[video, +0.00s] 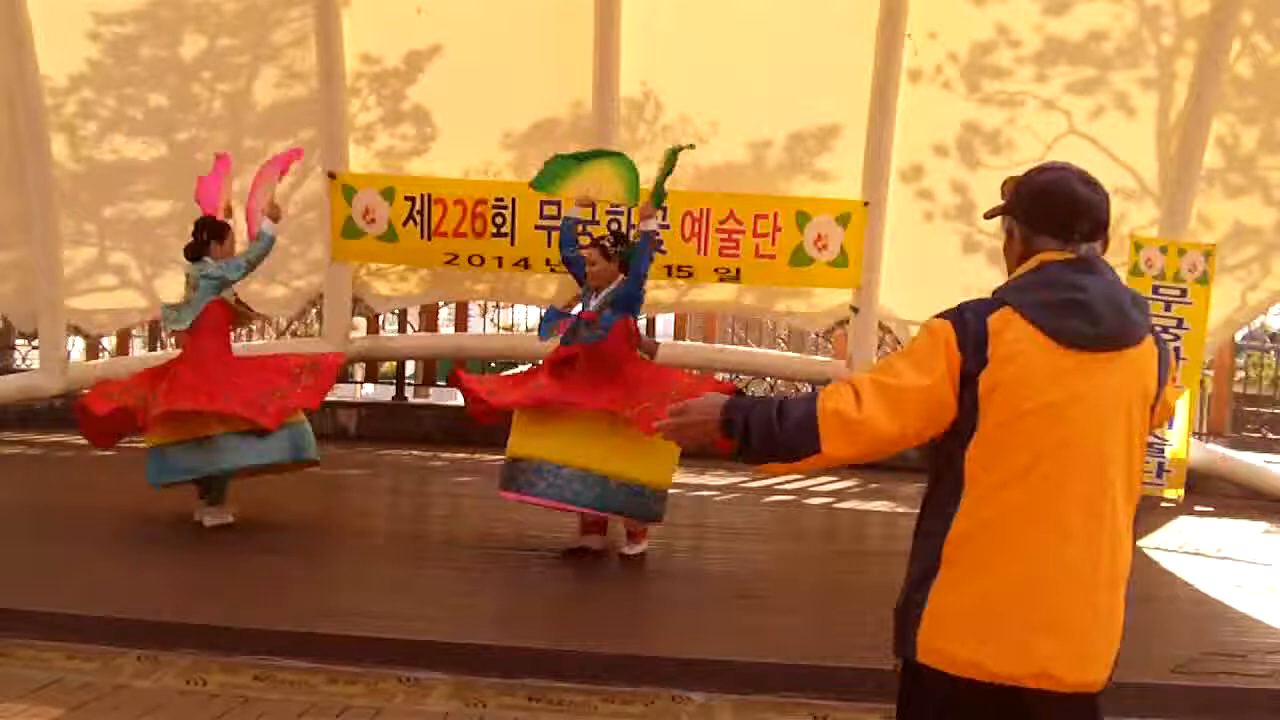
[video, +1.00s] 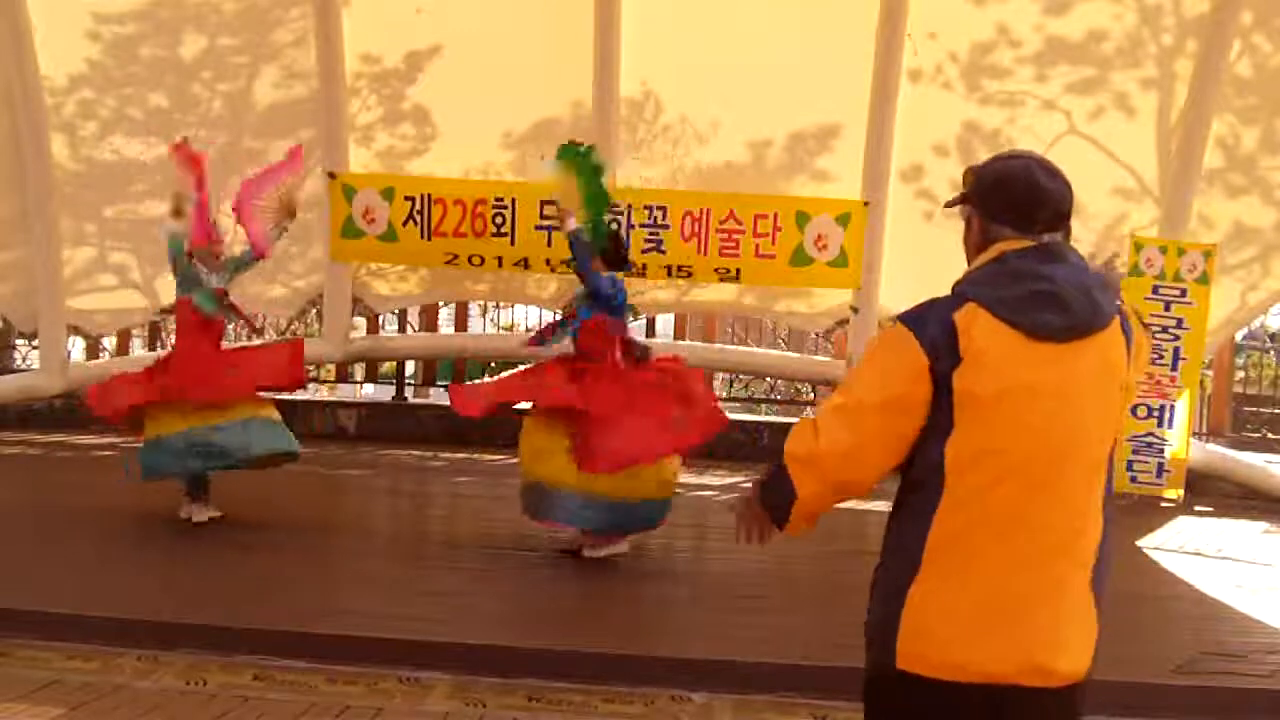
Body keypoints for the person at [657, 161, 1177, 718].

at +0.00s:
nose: (1002, 241)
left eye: (1003, 227)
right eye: (1005, 225)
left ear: (1015, 237)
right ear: (1100, 245)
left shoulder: (977, 330)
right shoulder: (1147, 350)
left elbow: (859, 414)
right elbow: (1151, 425)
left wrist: (733, 419)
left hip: (963, 644)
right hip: (1077, 657)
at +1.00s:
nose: (964, 233)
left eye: (965, 218)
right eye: (964, 216)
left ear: (979, 225)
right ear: (1059, 229)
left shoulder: (940, 329)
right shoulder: (1116, 335)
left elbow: (852, 438)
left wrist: (778, 495)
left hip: (936, 647)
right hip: (1056, 655)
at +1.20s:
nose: (944, 224)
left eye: (945, 213)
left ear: (954, 224)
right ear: (1047, 237)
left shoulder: (907, 334)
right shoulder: (1090, 336)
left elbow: (827, 458)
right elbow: (1111, 313)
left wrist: (799, 526)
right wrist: (1084, 270)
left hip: (914, 649)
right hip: (1032, 656)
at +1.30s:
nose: (934, 221)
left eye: (935, 210)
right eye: (937, 208)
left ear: (942, 222)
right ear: (1034, 231)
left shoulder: (891, 335)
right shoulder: (1081, 333)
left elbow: (795, 481)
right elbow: (1110, 320)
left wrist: (804, 518)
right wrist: (1091, 268)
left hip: (910, 656)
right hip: (1030, 659)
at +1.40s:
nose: (923, 223)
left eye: (924, 212)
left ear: (931, 225)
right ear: (1024, 231)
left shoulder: (883, 335)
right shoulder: (1073, 330)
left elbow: (784, 480)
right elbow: (1108, 319)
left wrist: (786, 509)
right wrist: (1093, 273)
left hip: (905, 661)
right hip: (1027, 664)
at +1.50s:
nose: (906, 222)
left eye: (907, 211)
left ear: (913, 219)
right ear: (1008, 224)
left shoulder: (867, 328)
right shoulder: (1062, 326)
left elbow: (774, 475)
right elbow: (1127, 363)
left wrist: (758, 504)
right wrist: (1099, 305)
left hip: (888, 656)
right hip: (1012, 659)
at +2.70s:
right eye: (973, 202)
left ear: (876, 185)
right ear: (969, 206)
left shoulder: (796, 278)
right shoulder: (979, 300)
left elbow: (723, 284)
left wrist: (694, 252)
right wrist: (1145, 302)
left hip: (753, 618)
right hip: (869, 636)